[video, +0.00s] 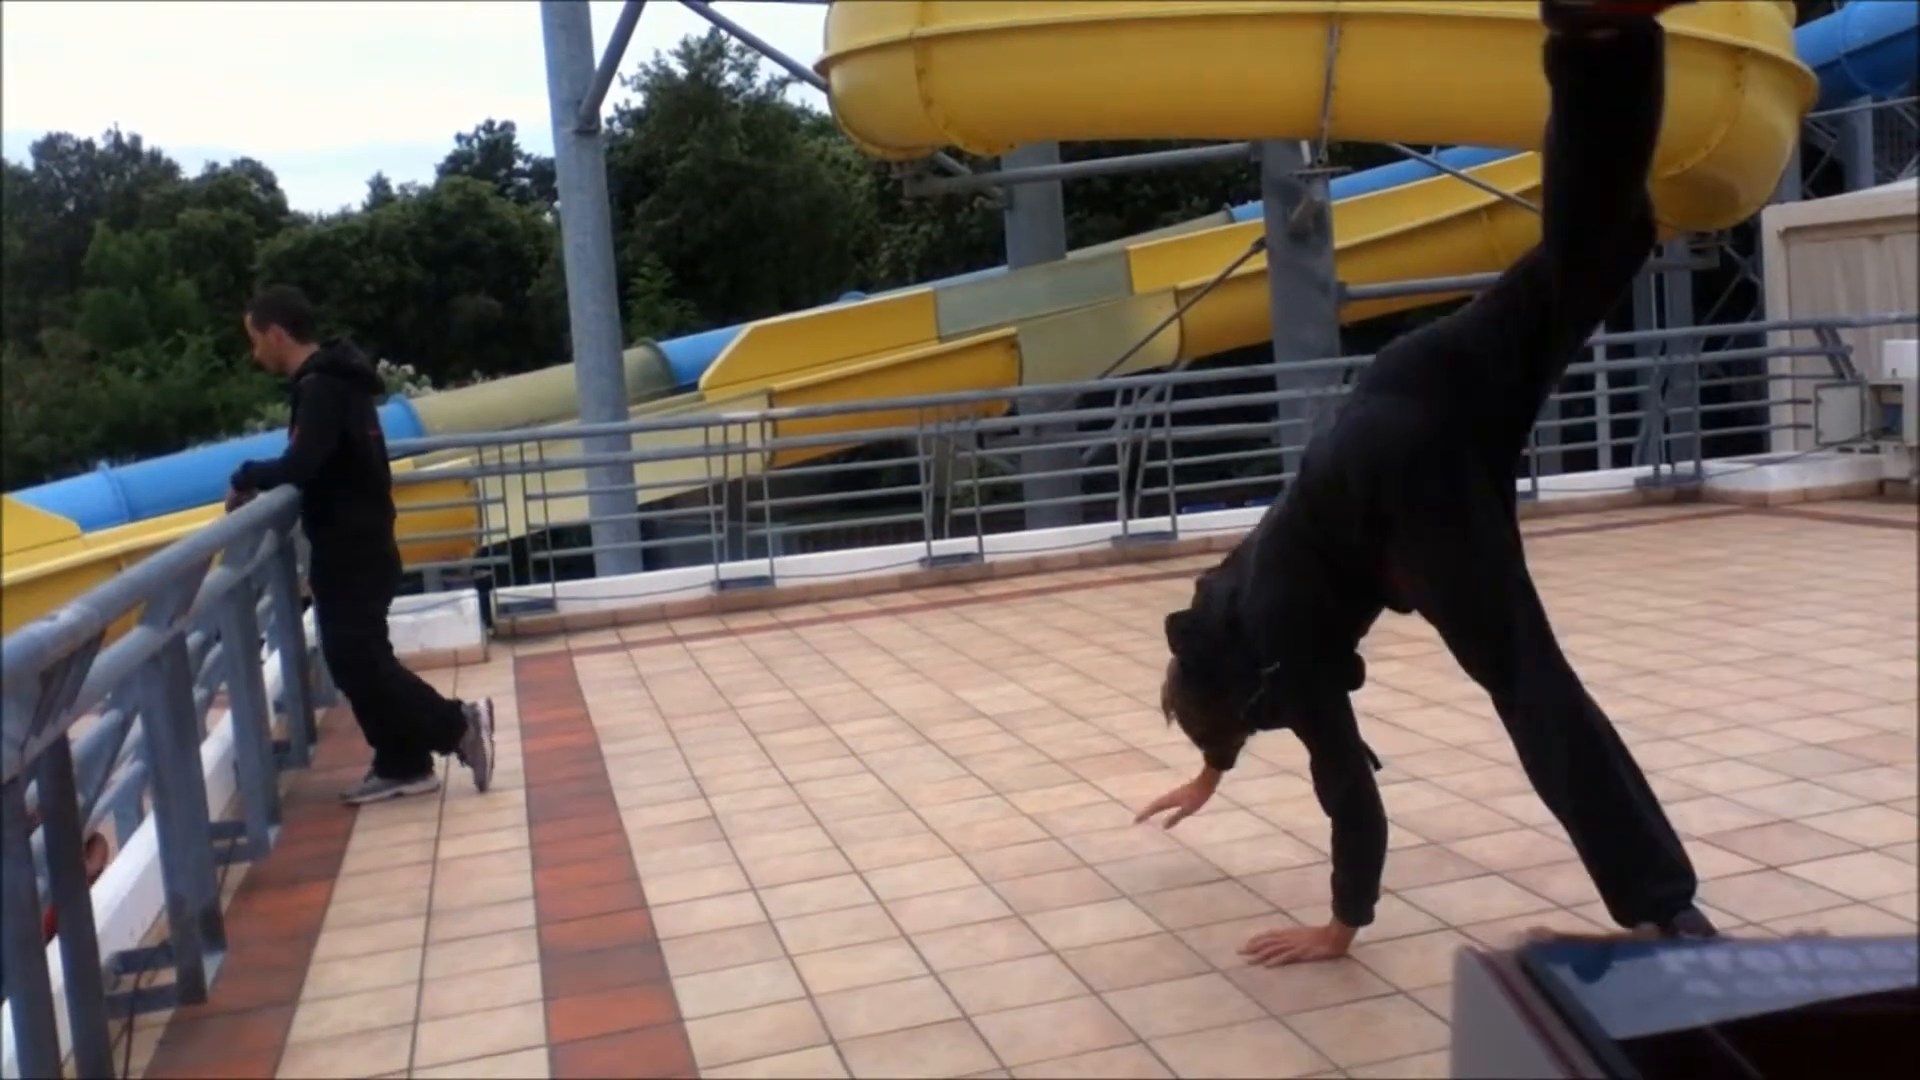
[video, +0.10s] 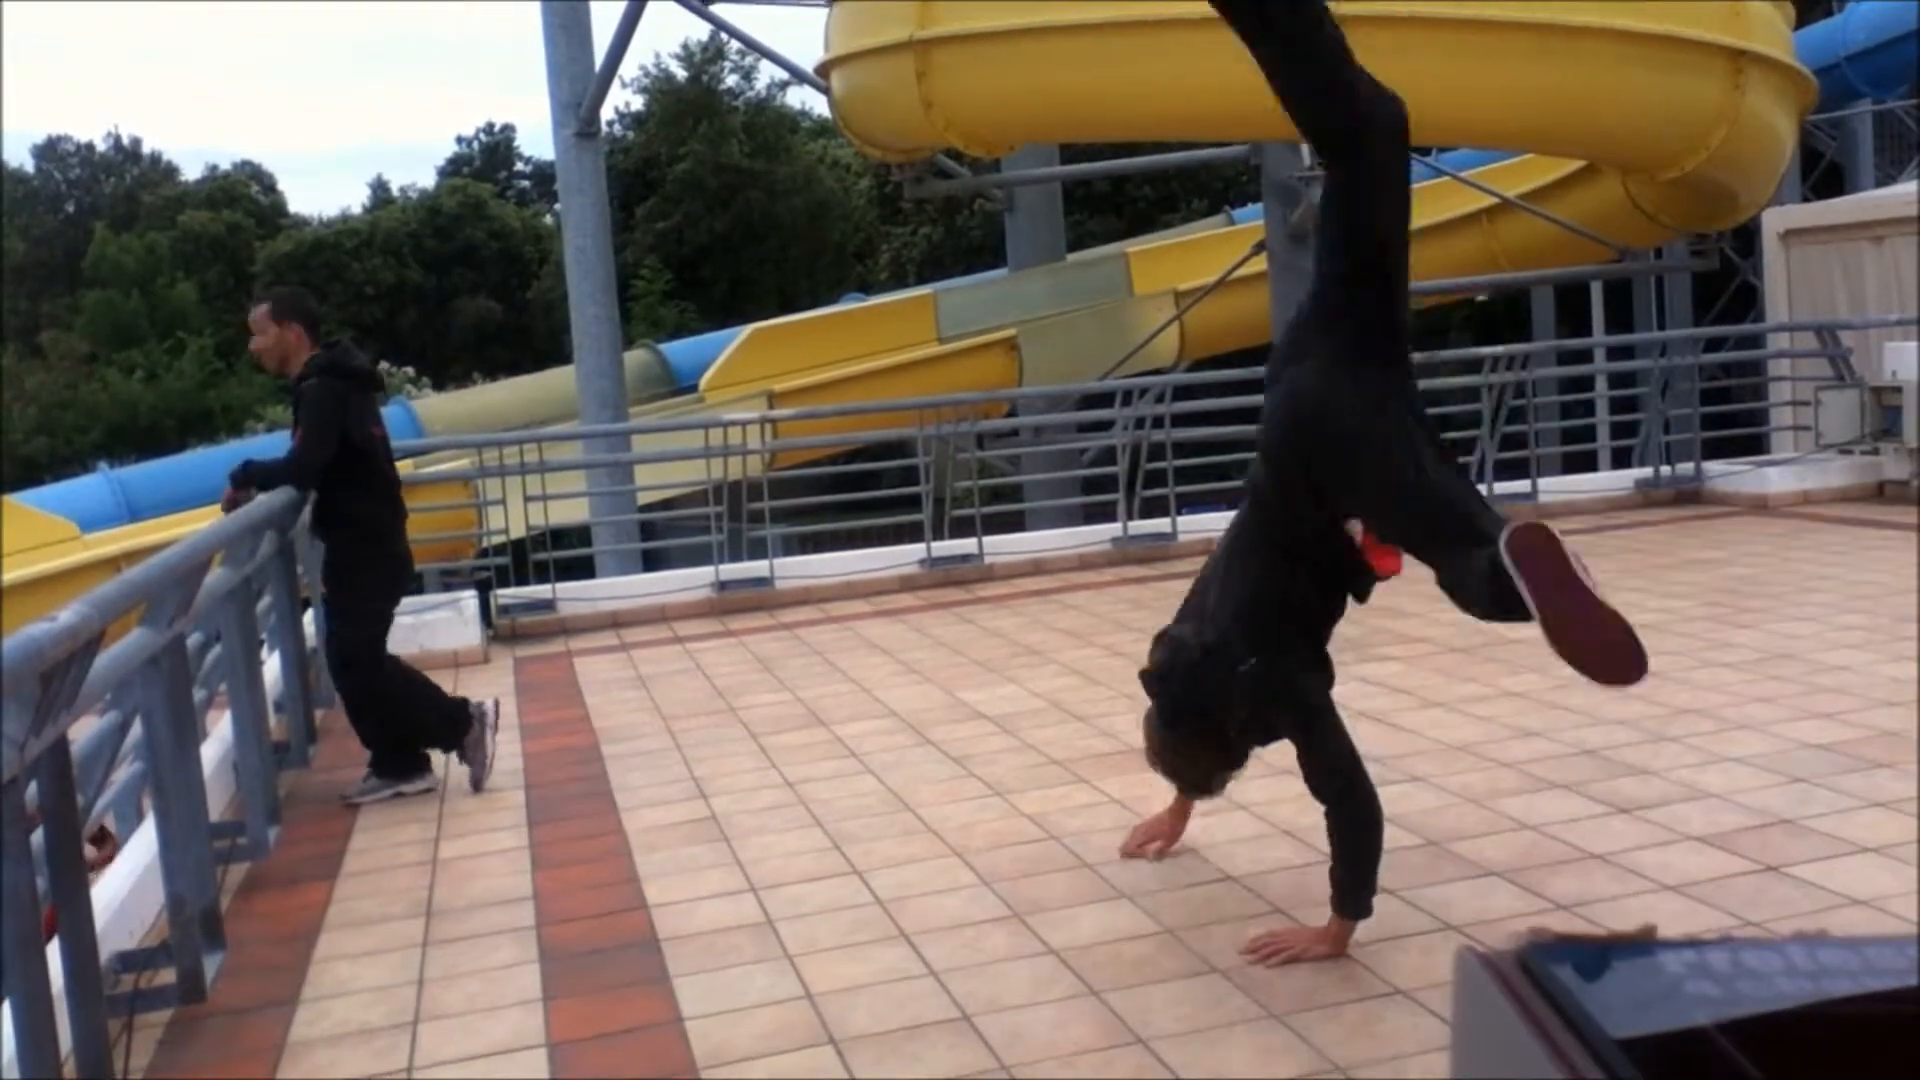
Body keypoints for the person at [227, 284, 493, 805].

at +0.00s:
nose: (254, 354)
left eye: (255, 340)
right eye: (252, 342)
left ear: (278, 333)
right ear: (291, 332)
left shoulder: (320, 384)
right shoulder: (332, 376)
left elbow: (304, 466)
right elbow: (315, 465)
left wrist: (247, 478)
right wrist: (260, 481)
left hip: (351, 552)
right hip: (356, 549)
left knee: (354, 664)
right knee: (359, 660)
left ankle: (457, 726)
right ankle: (401, 766)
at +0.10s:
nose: (252, 347)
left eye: (258, 335)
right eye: (251, 337)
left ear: (292, 333)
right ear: (295, 335)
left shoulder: (322, 385)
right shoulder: (330, 378)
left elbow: (307, 469)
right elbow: (312, 465)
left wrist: (248, 476)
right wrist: (254, 480)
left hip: (365, 547)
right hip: (360, 545)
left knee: (356, 660)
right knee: (350, 658)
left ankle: (464, 724)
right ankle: (399, 766)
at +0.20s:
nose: (282, 338)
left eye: (294, 326)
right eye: (274, 328)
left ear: (322, 331)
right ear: (269, 336)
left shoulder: (342, 383)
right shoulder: (320, 385)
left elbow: (315, 465)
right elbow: (317, 463)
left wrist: (255, 466)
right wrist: (259, 478)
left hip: (384, 544)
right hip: (363, 544)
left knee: (368, 657)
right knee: (354, 656)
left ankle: (474, 721)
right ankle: (400, 764)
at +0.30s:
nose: (314, 332)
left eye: (325, 322)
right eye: (303, 322)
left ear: (343, 328)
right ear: (289, 330)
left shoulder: (361, 383)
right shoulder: (323, 387)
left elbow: (342, 466)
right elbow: (333, 459)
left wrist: (273, 458)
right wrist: (282, 470)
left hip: (402, 543)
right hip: (371, 543)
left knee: (389, 650)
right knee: (357, 652)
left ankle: (482, 721)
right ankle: (400, 763)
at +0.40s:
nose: (344, 319)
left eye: (355, 310)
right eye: (332, 309)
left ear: (369, 319)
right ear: (313, 319)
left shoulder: (398, 378)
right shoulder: (323, 383)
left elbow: (403, 461)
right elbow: (326, 452)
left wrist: (321, 456)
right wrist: (293, 470)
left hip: (419, 531)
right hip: (371, 535)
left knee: (418, 644)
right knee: (365, 654)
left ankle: (467, 730)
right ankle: (400, 760)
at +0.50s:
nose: (385, 316)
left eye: (393, 308)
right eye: (372, 306)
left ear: (402, 317)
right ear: (344, 316)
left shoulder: (430, 375)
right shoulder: (335, 385)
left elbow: (468, 451)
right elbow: (315, 444)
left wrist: (396, 465)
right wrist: (272, 496)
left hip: (442, 530)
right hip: (383, 532)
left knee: (441, 646)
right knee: (360, 644)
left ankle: (452, 753)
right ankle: (392, 756)